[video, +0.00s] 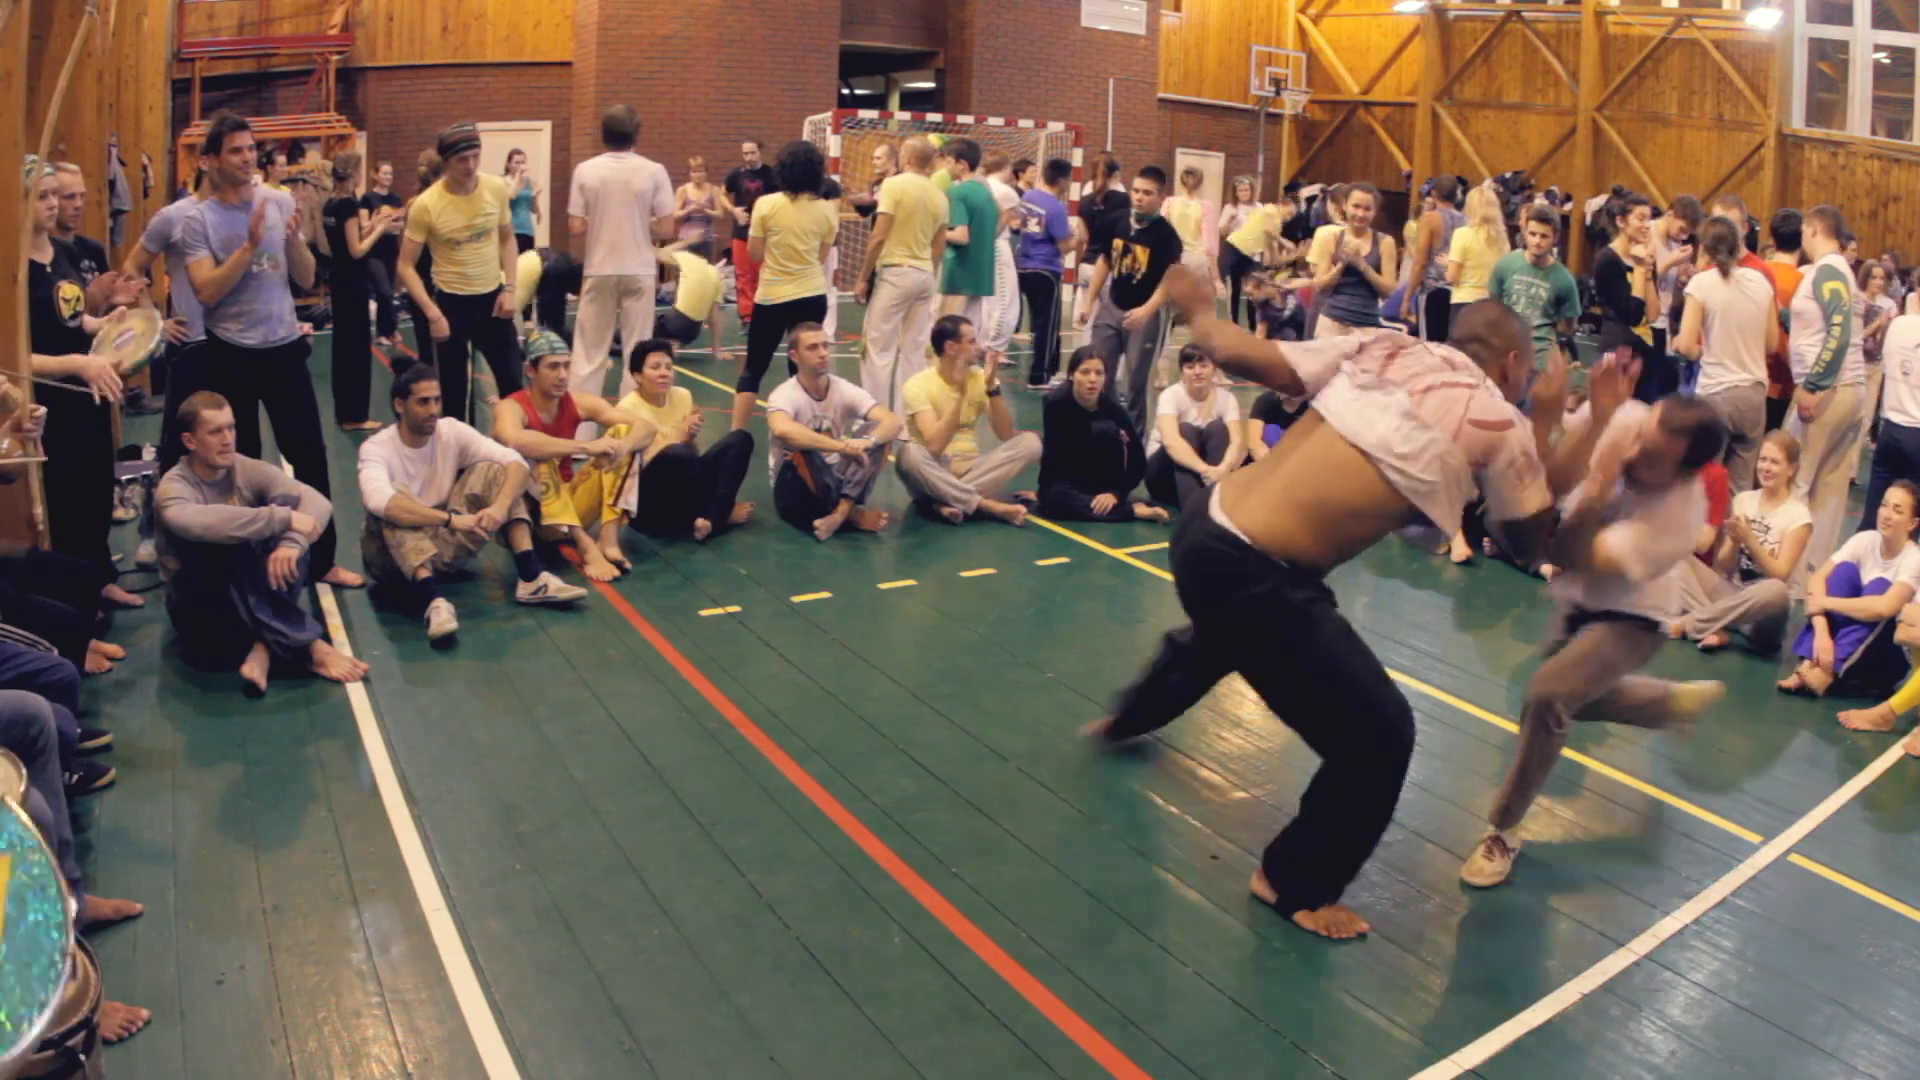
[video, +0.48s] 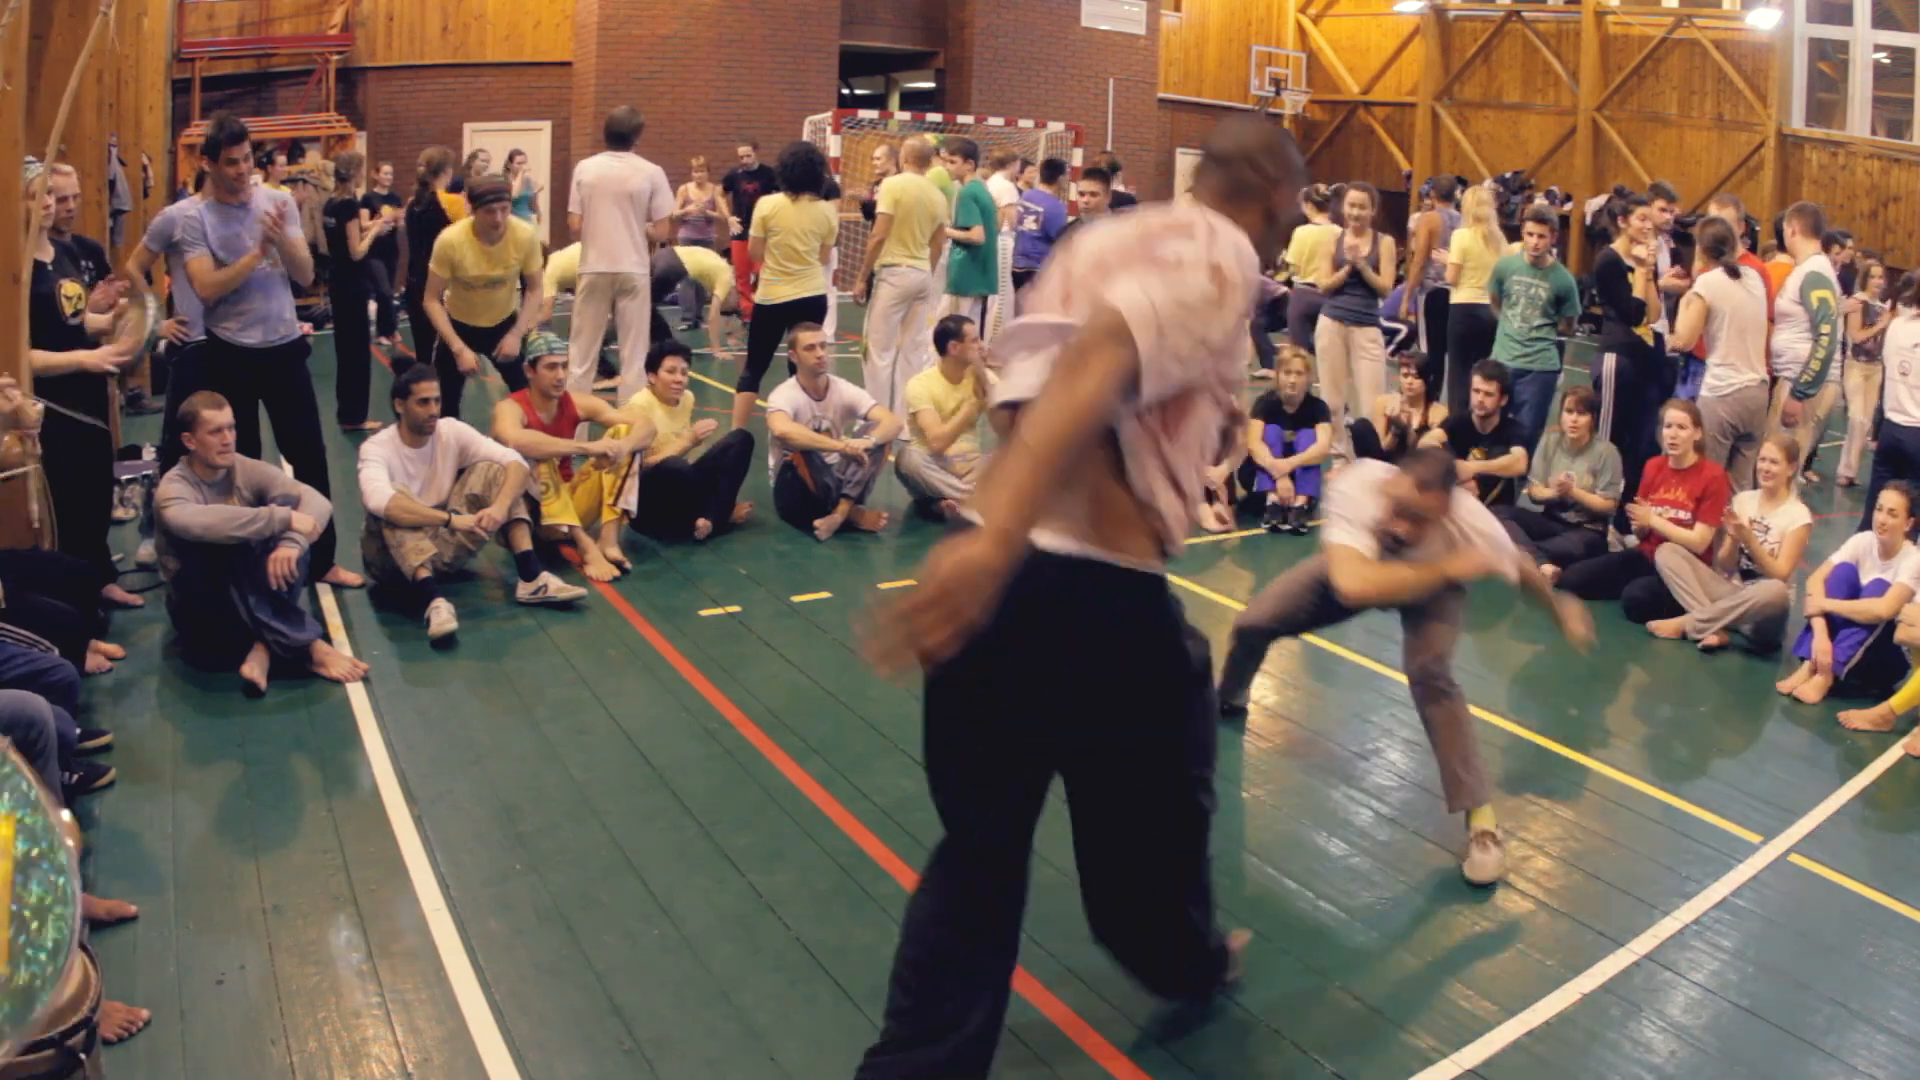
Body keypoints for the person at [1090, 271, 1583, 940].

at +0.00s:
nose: (1526, 375)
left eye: (1526, 362)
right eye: (1525, 362)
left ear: (1456, 341)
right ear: (1505, 360)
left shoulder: (1381, 346)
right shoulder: (1495, 422)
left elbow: (1269, 360)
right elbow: (1540, 543)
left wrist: (1200, 317)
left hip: (1206, 528)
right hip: (1264, 584)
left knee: (1226, 634)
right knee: (1381, 732)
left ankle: (1125, 722)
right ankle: (1293, 881)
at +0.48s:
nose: (1292, 221)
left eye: (1296, 204)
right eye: (1295, 202)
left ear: (1199, 178)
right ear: (1273, 191)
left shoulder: (1091, 245)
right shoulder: (1217, 255)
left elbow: (1015, 405)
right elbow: (1102, 354)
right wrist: (996, 534)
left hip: (993, 586)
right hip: (1111, 610)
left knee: (976, 855)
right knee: (1147, 831)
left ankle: (916, 1057)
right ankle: (1186, 967)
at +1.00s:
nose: (1085, 259)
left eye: (1089, 242)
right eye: (1090, 240)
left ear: (972, 207)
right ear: (1078, 241)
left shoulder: (842, 264)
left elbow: (667, 438)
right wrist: (1130, 722)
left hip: (706, 680)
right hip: (822, 709)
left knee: (781, 985)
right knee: (831, 1026)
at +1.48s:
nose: (864, 254)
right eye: (860, 249)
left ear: (780, 287)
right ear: (865, 264)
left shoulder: (740, 353)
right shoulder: (938, 308)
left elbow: (604, 458)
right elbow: (1076, 382)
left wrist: (705, 518)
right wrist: (1031, 354)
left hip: (804, 602)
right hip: (935, 597)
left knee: (793, 717)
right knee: (954, 831)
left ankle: (820, 810)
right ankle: (765, 982)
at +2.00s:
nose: (1181, 309)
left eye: (1173, 298)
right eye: (1175, 299)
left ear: (1098, 307)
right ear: (1159, 301)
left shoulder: (1037, 366)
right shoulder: (1172, 340)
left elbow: (1006, 454)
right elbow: (1267, 388)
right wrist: (1423, 398)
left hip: (1008, 580)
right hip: (1125, 597)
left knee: (922, 671)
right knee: (1265, 666)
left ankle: (834, 802)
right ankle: (1302, 841)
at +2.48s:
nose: (1282, 406)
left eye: (1289, 395)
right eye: (1281, 392)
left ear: (1253, 368)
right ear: (1246, 366)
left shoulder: (1251, 436)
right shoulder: (1116, 394)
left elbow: (1248, 547)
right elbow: (1013, 430)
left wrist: (1164, 496)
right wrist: (940, 484)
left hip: (1173, 605)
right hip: (1110, 600)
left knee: (1091, 737)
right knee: (1291, 683)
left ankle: (907, 739)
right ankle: (1317, 842)